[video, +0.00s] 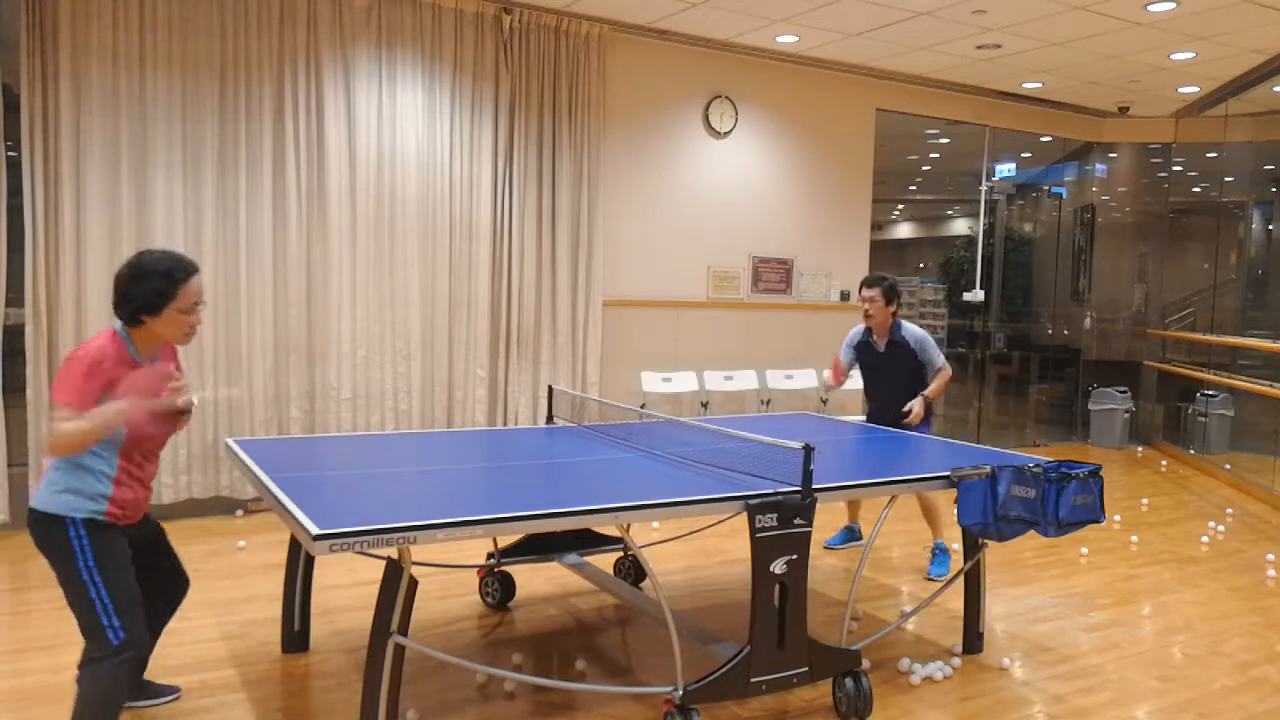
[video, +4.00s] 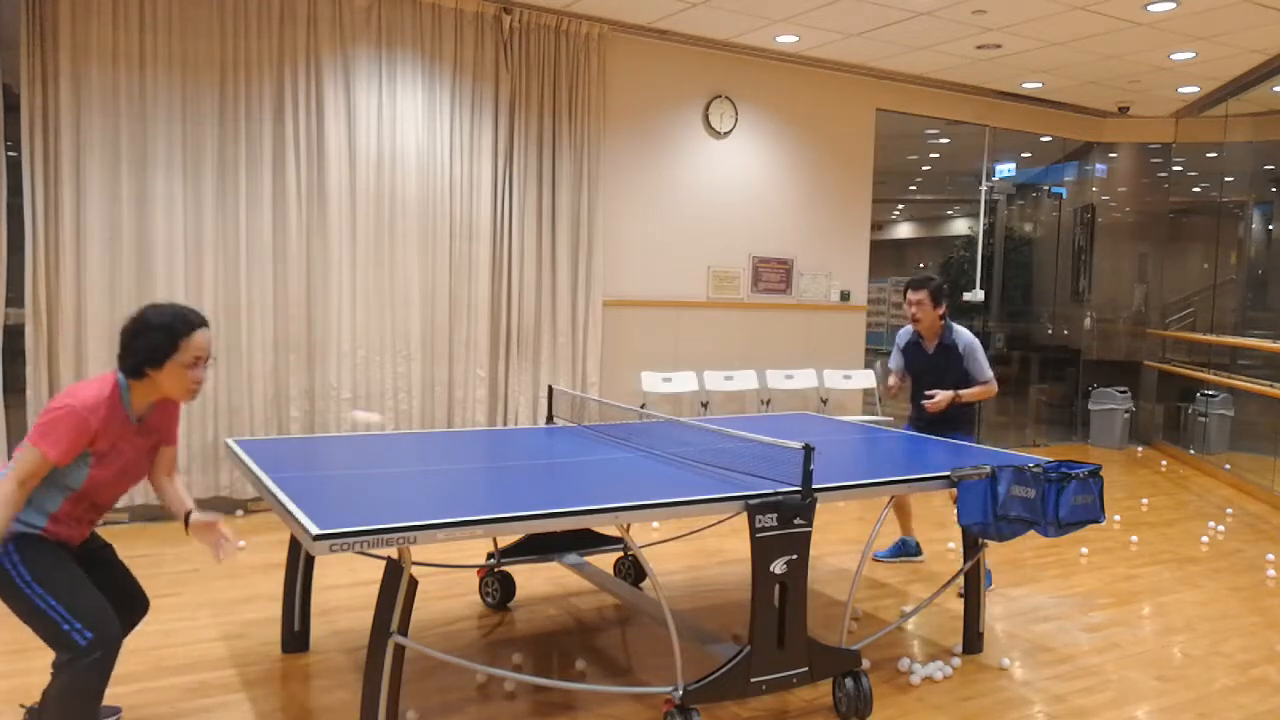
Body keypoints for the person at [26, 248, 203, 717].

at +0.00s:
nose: (199, 318)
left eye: (199, 307)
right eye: (190, 309)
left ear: (153, 314)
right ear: (149, 312)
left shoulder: (165, 356)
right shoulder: (95, 358)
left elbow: (160, 432)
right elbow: (58, 440)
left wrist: (178, 408)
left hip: (123, 509)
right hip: (72, 512)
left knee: (167, 585)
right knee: (120, 643)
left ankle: (123, 681)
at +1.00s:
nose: (214, 343)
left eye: (216, 331)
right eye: (205, 334)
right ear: (162, 334)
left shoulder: (193, 374)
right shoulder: (101, 377)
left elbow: (208, 432)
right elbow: (35, 441)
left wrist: (222, 456)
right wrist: (7, 518)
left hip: (123, 505)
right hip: (62, 508)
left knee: (170, 583)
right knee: (113, 627)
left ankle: (132, 667)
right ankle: (85, 714)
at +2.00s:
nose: (236, 348)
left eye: (237, 337)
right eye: (227, 339)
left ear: (196, 343)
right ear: (190, 342)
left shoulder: (203, 382)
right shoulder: (133, 380)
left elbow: (199, 450)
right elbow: (82, 438)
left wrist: (213, 438)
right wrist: (52, 463)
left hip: (134, 514)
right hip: (81, 516)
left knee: (193, 578)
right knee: (155, 619)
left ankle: (134, 673)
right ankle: (129, 709)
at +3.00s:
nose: (211, 312)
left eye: (214, 300)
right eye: (202, 301)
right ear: (163, 300)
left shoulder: (167, 352)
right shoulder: (118, 343)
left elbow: (147, 422)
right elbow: (85, 421)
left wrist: (190, 409)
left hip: (113, 506)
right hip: (73, 508)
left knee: (127, 598)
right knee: (157, 627)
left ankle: (114, 679)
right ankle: (124, 709)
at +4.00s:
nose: (203, 375)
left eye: (206, 363)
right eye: (195, 364)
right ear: (153, 363)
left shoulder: (164, 405)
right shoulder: (84, 408)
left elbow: (165, 476)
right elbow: (16, 481)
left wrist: (191, 516)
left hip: (70, 535)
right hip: (19, 536)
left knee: (129, 605)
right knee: (96, 636)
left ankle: (62, 704)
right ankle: (63, 713)